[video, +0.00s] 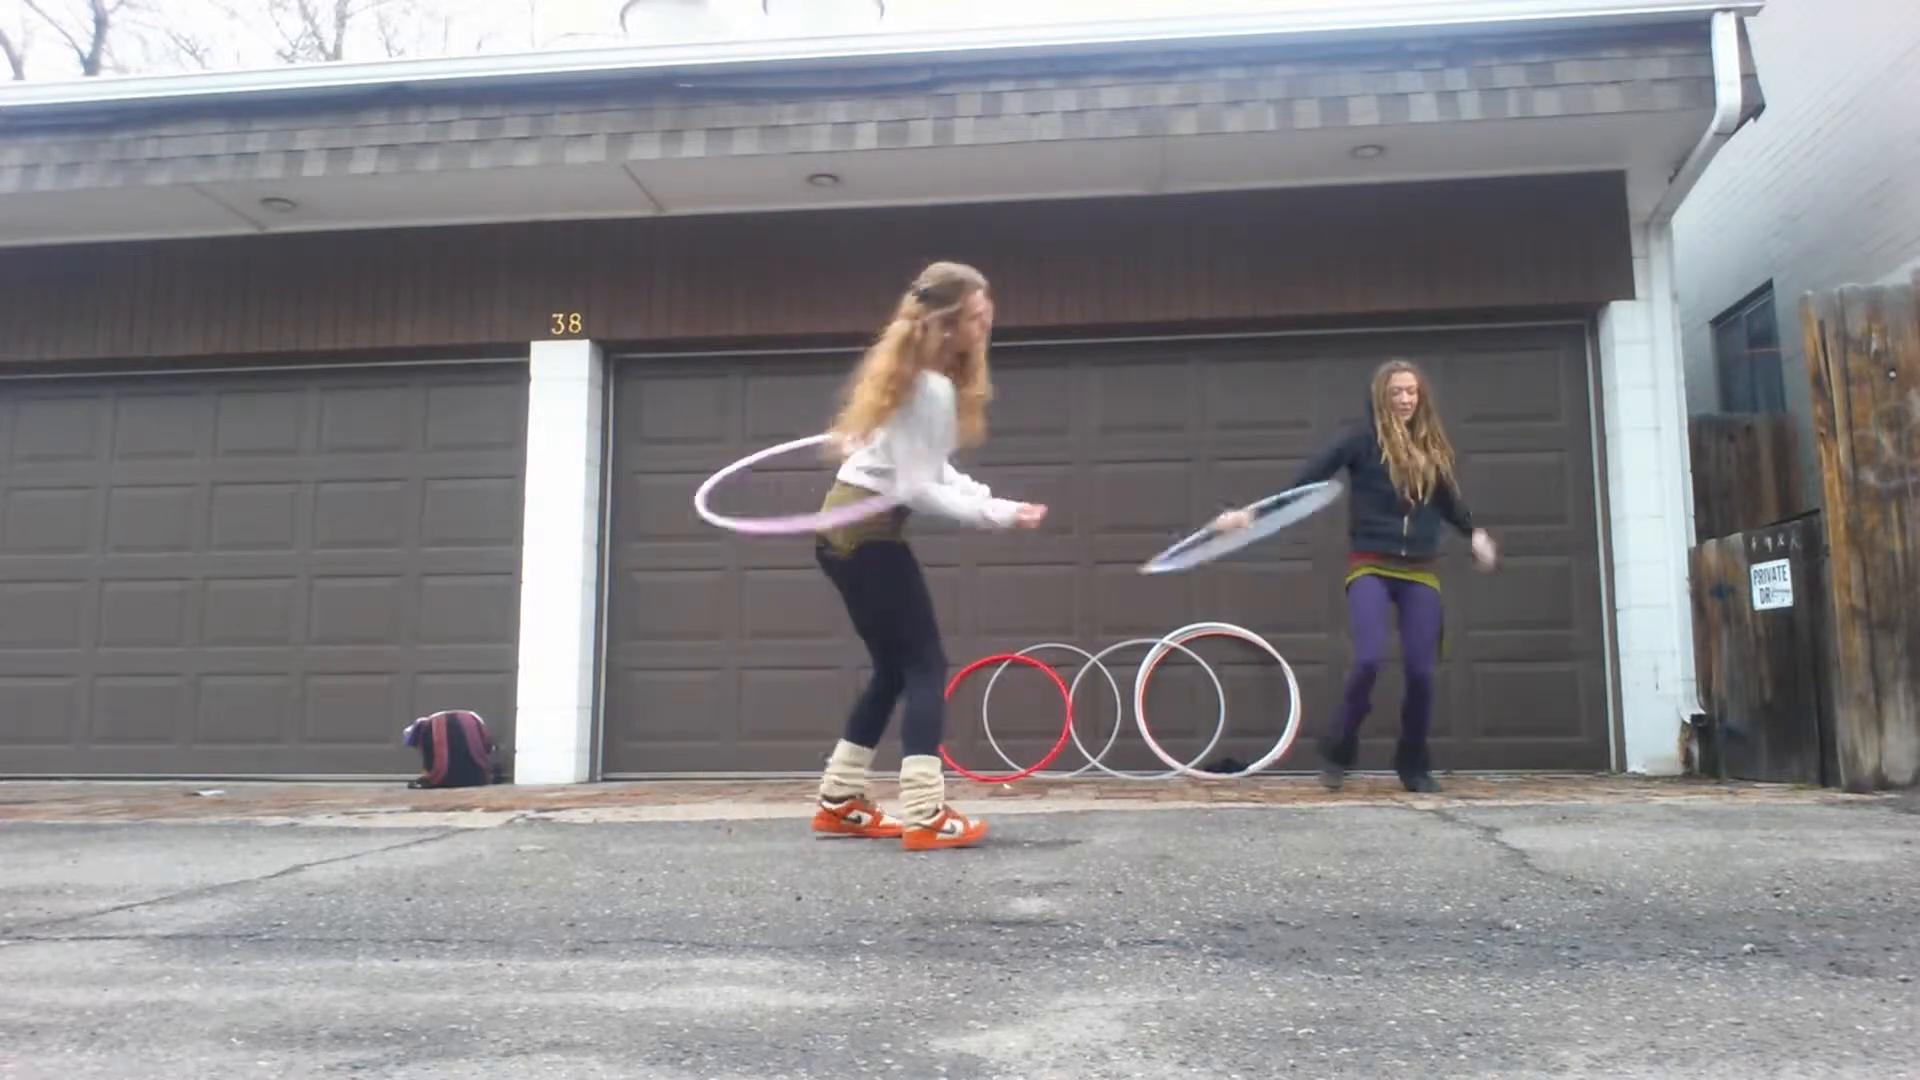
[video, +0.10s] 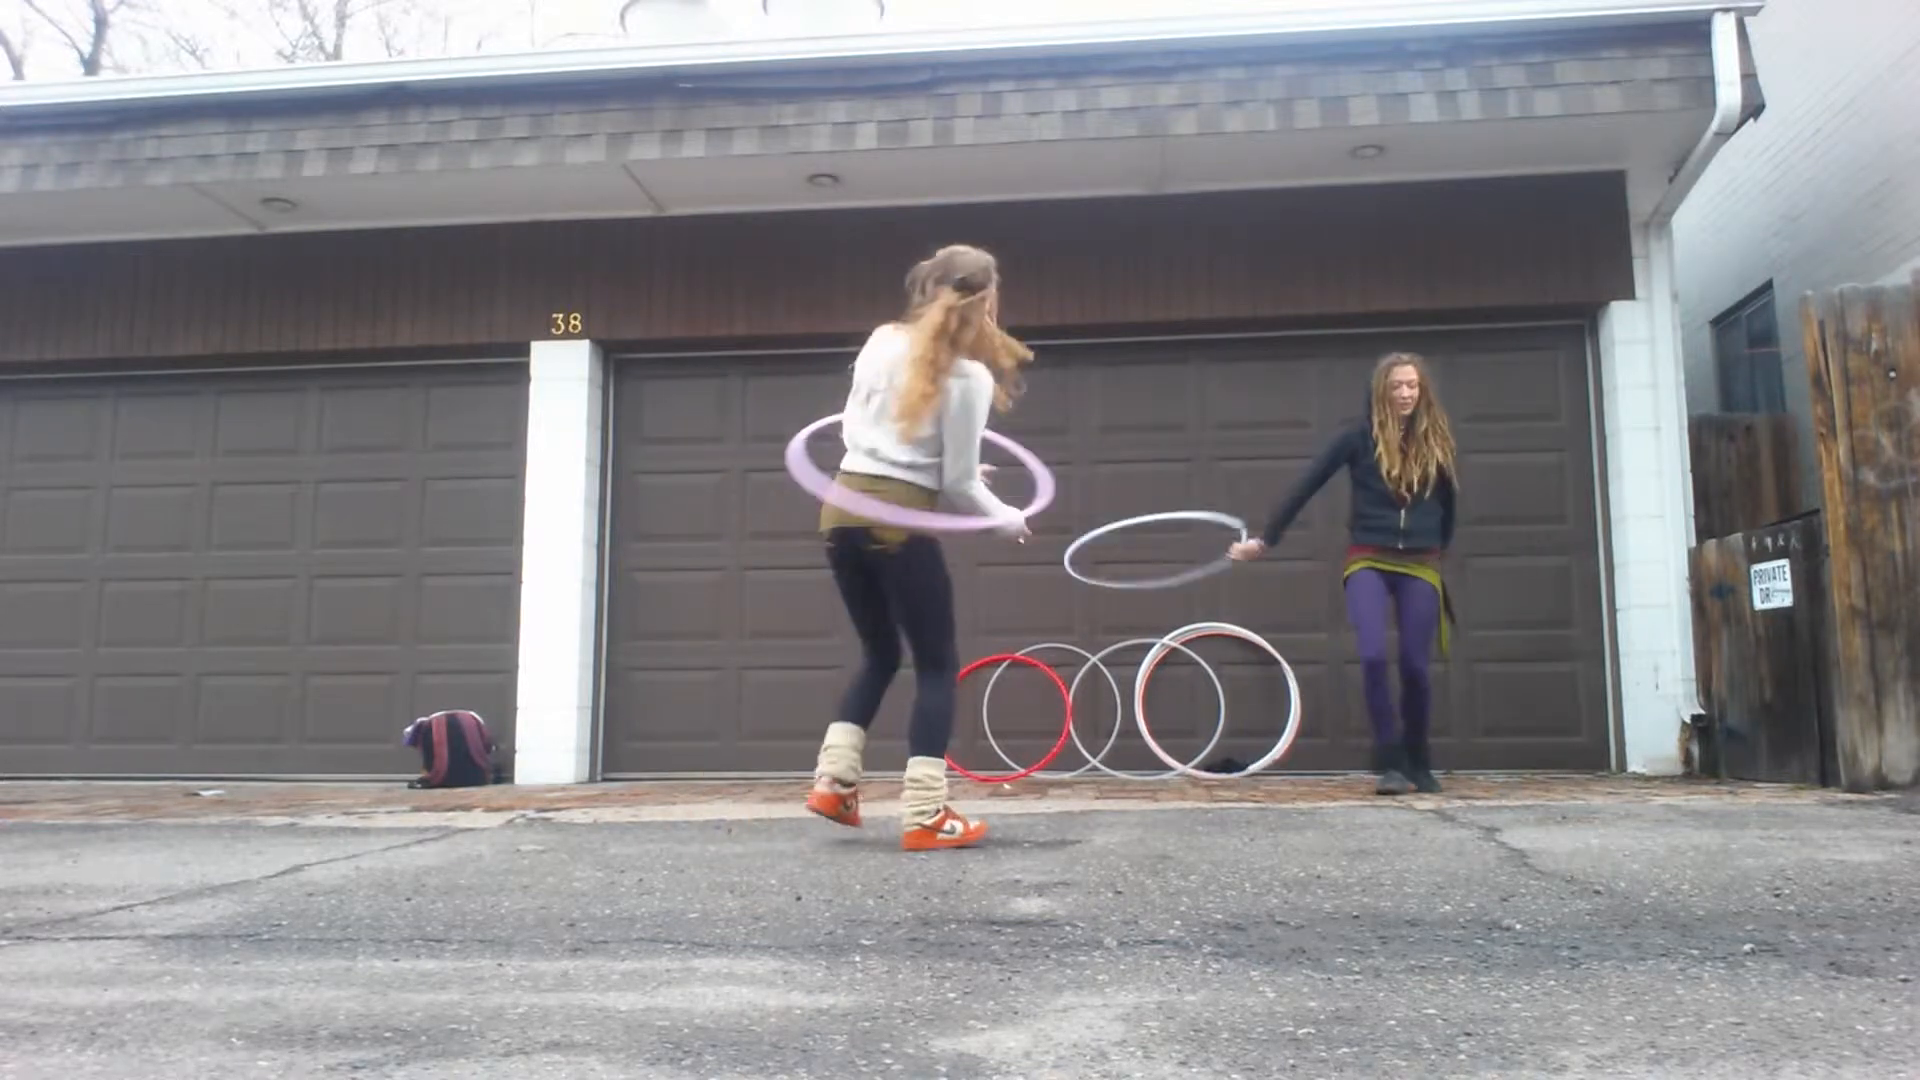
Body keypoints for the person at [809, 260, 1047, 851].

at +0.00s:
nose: (987, 328)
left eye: (987, 317)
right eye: (979, 319)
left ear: (944, 323)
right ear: (945, 325)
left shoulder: (912, 381)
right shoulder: (931, 387)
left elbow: (934, 472)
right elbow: (917, 487)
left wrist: (996, 505)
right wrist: (1000, 514)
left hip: (845, 532)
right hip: (872, 535)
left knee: (892, 668)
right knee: (927, 665)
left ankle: (839, 800)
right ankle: (924, 814)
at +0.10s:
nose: (994, 306)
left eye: (993, 296)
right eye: (991, 296)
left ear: (929, 292)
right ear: (975, 300)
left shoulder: (881, 342)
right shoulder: (970, 375)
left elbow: (855, 432)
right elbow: (959, 480)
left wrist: (956, 463)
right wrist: (1004, 515)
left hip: (841, 518)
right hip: (902, 525)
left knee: (880, 654)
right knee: (936, 667)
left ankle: (833, 780)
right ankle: (925, 812)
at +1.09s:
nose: (955, 307)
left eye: (955, 296)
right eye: (943, 297)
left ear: (935, 309)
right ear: (903, 308)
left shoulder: (919, 382)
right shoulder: (857, 373)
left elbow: (937, 459)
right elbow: (840, 470)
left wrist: (1013, 490)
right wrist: (937, 493)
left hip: (893, 540)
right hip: (851, 545)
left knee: (958, 661)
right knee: (931, 665)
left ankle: (934, 805)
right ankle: (875, 826)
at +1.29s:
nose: (906, 296)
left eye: (906, 284)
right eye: (904, 284)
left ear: (836, 281)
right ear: (884, 283)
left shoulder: (803, 346)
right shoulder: (876, 352)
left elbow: (793, 444)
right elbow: (873, 460)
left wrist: (872, 447)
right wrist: (914, 489)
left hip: (791, 539)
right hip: (844, 541)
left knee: (833, 662)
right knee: (930, 665)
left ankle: (777, 785)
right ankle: (881, 823)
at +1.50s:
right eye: (840, 272)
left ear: (768, 268)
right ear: (836, 279)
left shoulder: (730, 318)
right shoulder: (852, 350)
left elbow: (710, 407)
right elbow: (857, 451)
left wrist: (740, 455)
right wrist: (837, 502)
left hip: (743, 526)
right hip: (821, 524)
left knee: (738, 670)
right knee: (856, 654)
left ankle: (769, 818)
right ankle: (875, 769)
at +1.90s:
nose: (650, 294)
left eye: (656, 281)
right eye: (647, 283)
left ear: (691, 275)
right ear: (681, 277)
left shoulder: (729, 338)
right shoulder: (704, 336)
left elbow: (721, 450)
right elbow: (706, 433)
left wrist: (650, 506)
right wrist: (655, 445)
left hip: (715, 516)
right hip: (681, 513)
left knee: (705, 658)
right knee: (627, 647)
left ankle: (764, 810)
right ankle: (628, 798)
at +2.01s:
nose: (632, 296)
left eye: (644, 286)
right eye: (626, 284)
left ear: (681, 284)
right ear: (621, 284)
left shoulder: (722, 342)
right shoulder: (635, 335)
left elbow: (732, 438)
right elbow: (634, 411)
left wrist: (702, 495)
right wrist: (593, 440)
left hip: (703, 513)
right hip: (645, 511)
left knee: (699, 663)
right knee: (614, 661)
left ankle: (777, 801)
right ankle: (583, 812)